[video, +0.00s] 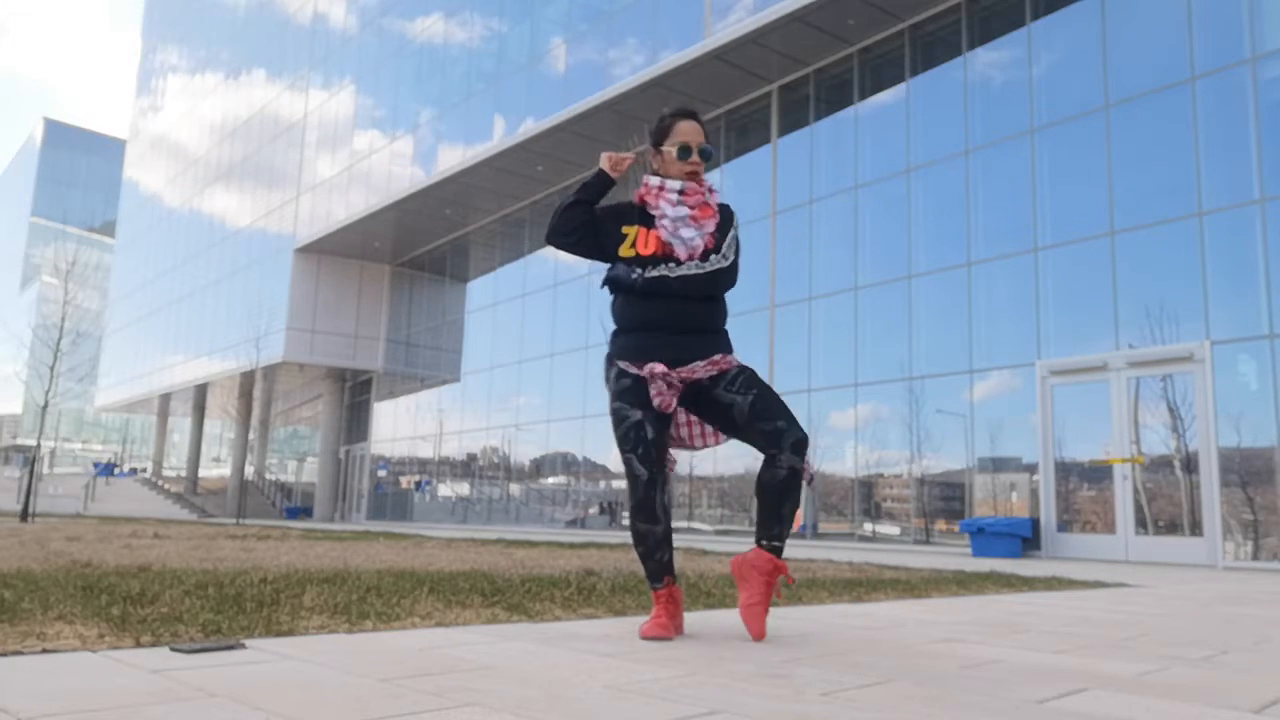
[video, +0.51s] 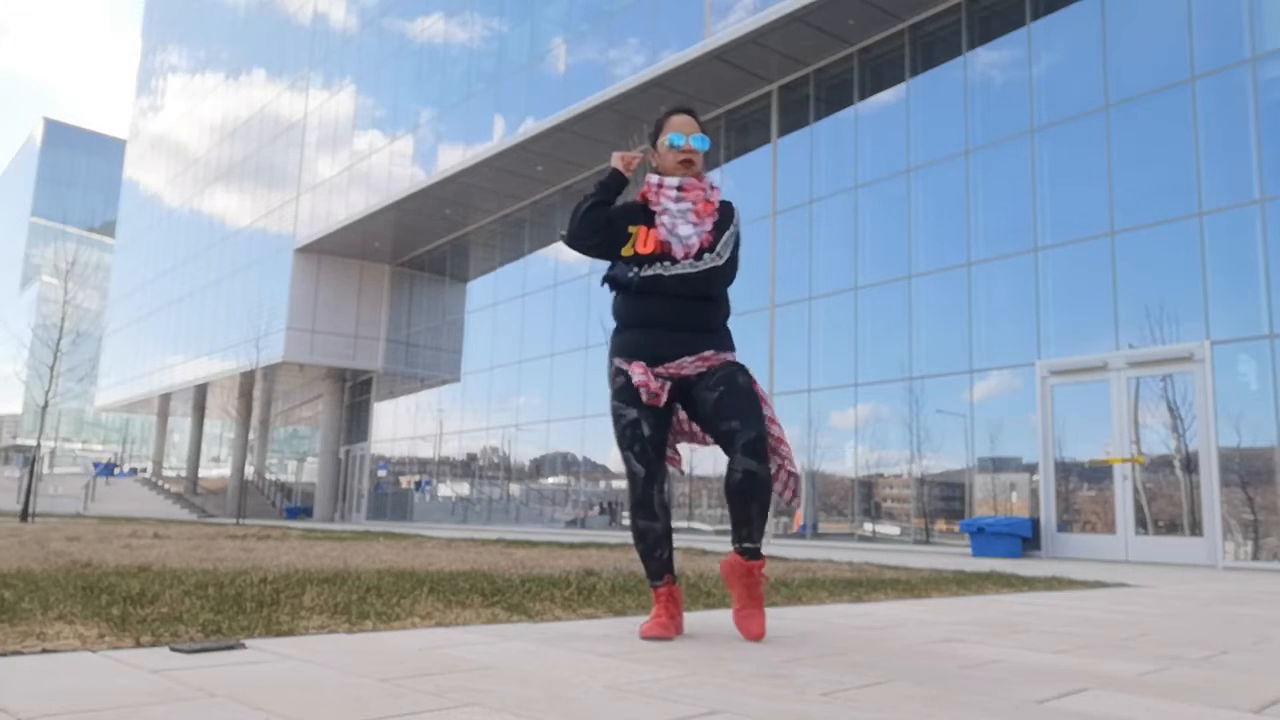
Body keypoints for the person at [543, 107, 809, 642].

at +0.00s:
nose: (695, 161)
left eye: (702, 152)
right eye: (683, 151)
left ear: (709, 158)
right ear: (657, 157)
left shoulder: (718, 214)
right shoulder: (626, 218)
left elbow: (723, 273)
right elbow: (562, 233)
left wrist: (636, 276)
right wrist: (602, 178)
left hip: (708, 363)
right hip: (637, 367)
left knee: (788, 441)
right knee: (645, 476)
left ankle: (764, 563)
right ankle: (665, 596)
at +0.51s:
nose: (688, 151)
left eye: (697, 142)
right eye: (676, 142)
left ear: (707, 153)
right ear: (653, 153)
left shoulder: (720, 211)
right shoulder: (631, 212)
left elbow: (718, 269)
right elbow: (581, 235)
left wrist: (634, 274)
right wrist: (616, 177)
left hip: (707, 356)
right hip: (637, 361)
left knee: (752, 445)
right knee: (644, 476)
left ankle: (747, 570)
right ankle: (665, 596)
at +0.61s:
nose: (686, 148)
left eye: (696, 140)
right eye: (674, 139)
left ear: (707, 153)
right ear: (653, 151)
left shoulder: (720, 208)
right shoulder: (633, 213)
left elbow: (714, 266)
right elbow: (583, 238)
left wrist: (627, 272)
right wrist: (616, 180)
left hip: (707, 356)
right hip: (640, 360)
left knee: (704, 455)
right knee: (645, 476)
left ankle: (731, 570)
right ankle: (664, 598)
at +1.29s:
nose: (689, 134)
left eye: (701, 124)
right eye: (685, 127)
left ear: (734, 137)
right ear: (683, 142)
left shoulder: (762, 192)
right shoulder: (675, 203)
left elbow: (763, 256)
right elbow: (630, 251)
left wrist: (681, 283)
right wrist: (618, 184)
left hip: (754, 359)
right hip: (686, 363)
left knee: (758, 479)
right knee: (678, 478)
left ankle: (780, 596)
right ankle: (669, 599)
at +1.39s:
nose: (700, 138)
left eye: (713, 128)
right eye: (696, 131)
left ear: (746, 140)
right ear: (695, 146)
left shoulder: (776, 196)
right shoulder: (691, 207)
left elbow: (782, 263)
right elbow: (657, 258)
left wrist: (717, 313)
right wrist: (624, 202)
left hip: (771, 359)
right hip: (704, 362)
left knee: (773, 481)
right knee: (689, 473)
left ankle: (784, 601)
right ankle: (671, 599)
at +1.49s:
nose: (710, 144)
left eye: (723, 133)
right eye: (707, 137)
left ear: (757, 143)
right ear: (711, 152)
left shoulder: (793, 205)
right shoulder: (705, 212)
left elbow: (800, 280)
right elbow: (687, 260)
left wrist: (770, 344)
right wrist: (644, 238)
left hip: (787, 362)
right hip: (717, 362)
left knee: (783, 485)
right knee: (695, 475)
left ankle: (785, 602)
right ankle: (672, 598)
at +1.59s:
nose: (716, 151)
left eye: (728, 141)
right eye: (717, 142)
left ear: (763, 149)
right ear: (741, 151)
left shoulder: (804, 210)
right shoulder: (715, 215)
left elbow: (827, 282)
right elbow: (708, 259)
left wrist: (837, 344)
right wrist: (686, 280)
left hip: (799, 366)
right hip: (730, 365)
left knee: (792, 487)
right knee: (701, 473)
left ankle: (786, 600)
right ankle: (683, 590)